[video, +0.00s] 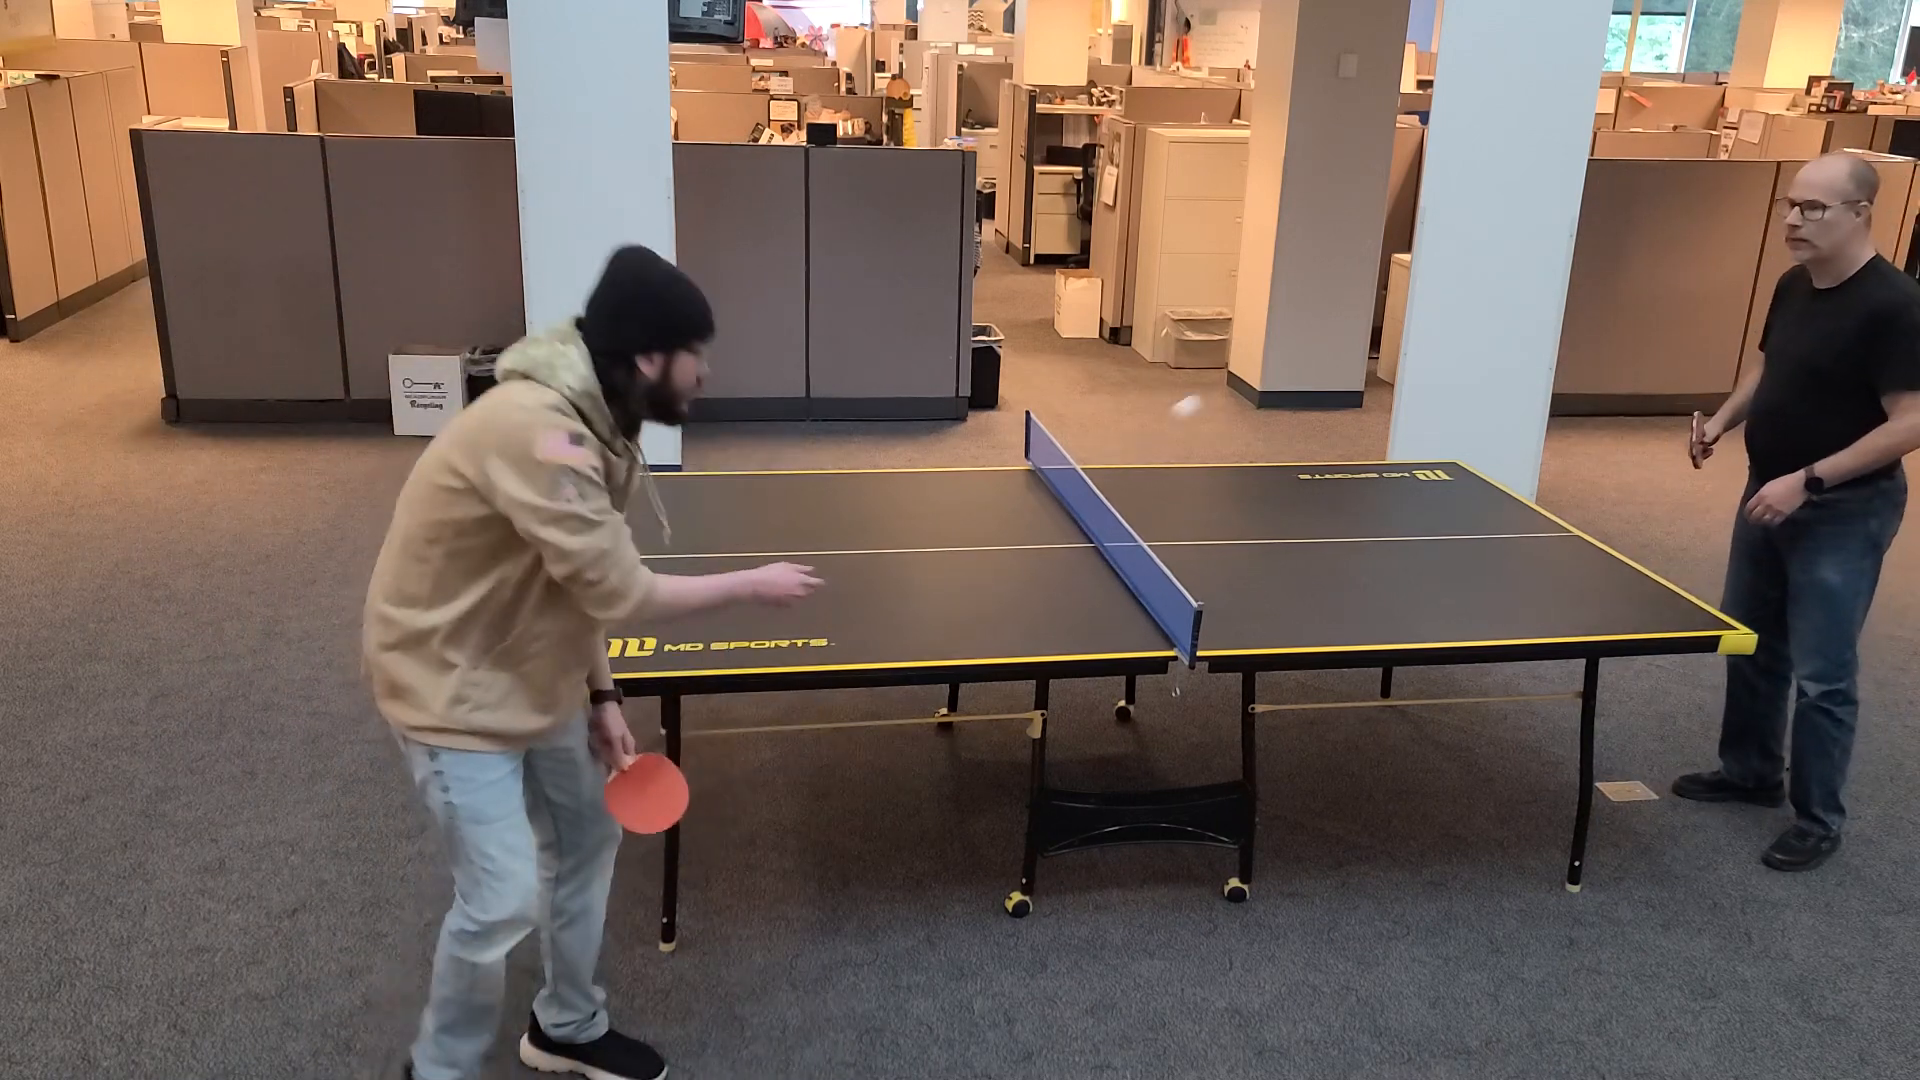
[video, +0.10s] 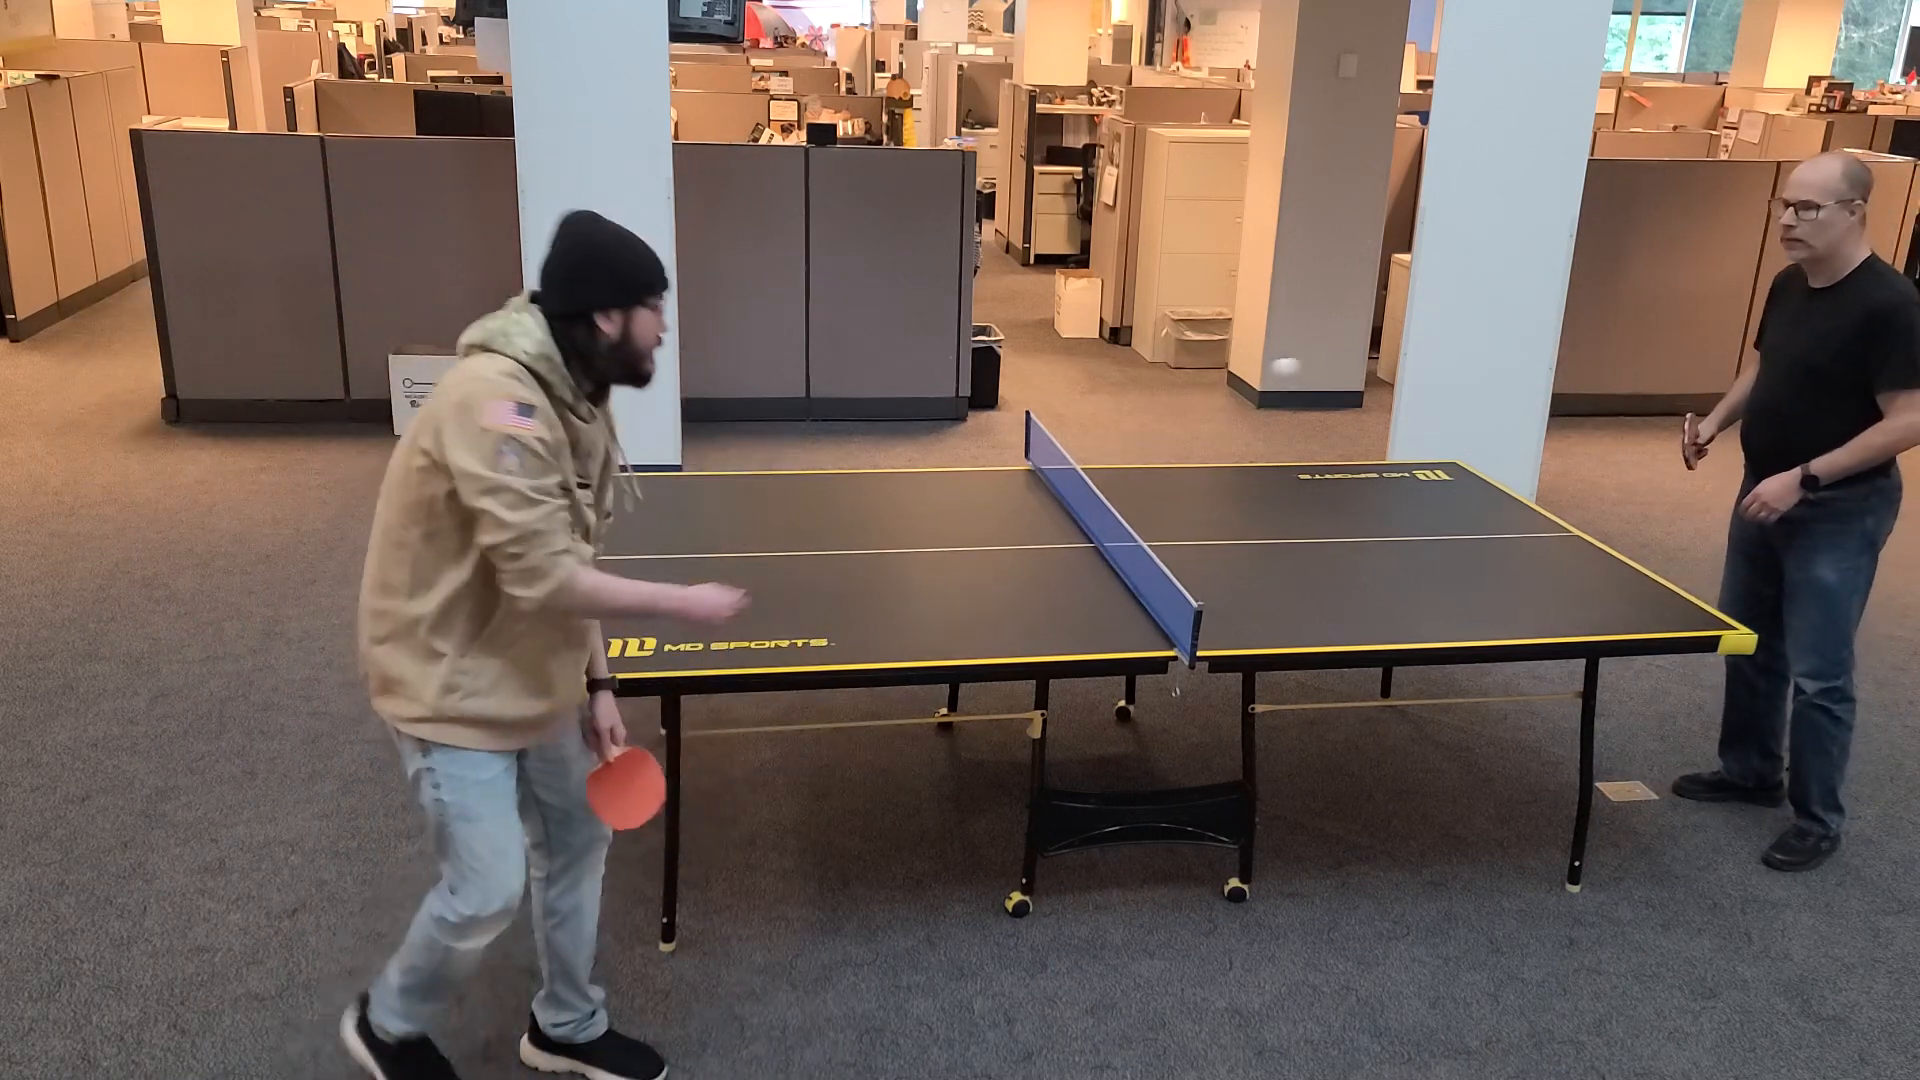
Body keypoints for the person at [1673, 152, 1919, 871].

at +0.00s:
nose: (1792, 220)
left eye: (1810, 209)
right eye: (1790, 206)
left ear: (1859, 217)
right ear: (1790, 209)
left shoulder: (1894, 303)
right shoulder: (1794, 284)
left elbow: (1909, 424)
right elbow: (1769, 371)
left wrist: (1806, 478)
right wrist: (1722, 417)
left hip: (1848, 506)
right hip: (1769, 494)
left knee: (1821, 673)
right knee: (1751, 643)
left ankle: (1819, 819)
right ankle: (1750, 772)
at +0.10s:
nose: (1786, 220)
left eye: (1804, 209)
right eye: (1783, 206)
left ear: (1853, 215)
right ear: (1782, 209)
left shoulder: (1892, 303)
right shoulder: (1788, 286)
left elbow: (1907, 422)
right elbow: (1763, 374)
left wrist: (1802, 477)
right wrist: (1714, 421)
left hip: (1841, 506)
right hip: (1764, 495)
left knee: (1817, 673)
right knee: (1748, 643)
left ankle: (1818, 819)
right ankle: (1750, 771)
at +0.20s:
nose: (1781, 221)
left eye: (1799, 211)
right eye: (1778, 208)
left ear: (1847, 215)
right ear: (1778, 209)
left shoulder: (1889, 302)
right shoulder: (1784, 285)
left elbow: (1905, 421)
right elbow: (1757, 372)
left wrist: (1801, 476)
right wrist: (1709, 424)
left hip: (1838, 506)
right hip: (1760, 494)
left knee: (1814, 671)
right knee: (1746, 643)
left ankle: (1816, 818)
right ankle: (1749, 771)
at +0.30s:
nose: (1773, 228)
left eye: (1790, 217)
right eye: (1770, 215)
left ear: (1840, 216)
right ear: (1769, 213)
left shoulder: (1886, 302)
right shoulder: (1781, 285)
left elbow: (1905, 419)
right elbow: (1756, 372)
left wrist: (1800, 475)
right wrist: (1707, 425)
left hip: (1836, 505)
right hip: (1758, 493)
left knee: (1813, 669)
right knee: (1744, 642)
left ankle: (1815, 817)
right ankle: (1749, 771)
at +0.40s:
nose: (1766, 233)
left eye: (1781, 221)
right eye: (1762, 220)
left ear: (1832, 217)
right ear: (1765, 216)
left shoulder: (1885, 302)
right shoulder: (1779, 286)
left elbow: (1905, 417)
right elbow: (1755, 374)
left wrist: (1802, 474)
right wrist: (1707, 429)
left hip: (1835, 505)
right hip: (1758, 494)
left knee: (1811, 669)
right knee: (1744, 642)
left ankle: (1814, 815)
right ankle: (1749, 771)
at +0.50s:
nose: (1758, 237)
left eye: (1771, 224)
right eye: (1755, 224)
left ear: (1824, 217)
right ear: (1769, 220)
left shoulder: (1882, 301)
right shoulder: (1780, 286)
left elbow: (1905, 416)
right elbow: (1762, 377)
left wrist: (1804, 473)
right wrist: (1711, 432)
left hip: (1840, 503)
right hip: (1764, 492)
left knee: (1811, 667)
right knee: (1746, 640)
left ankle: (1818, 817)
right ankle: (1749, 771)